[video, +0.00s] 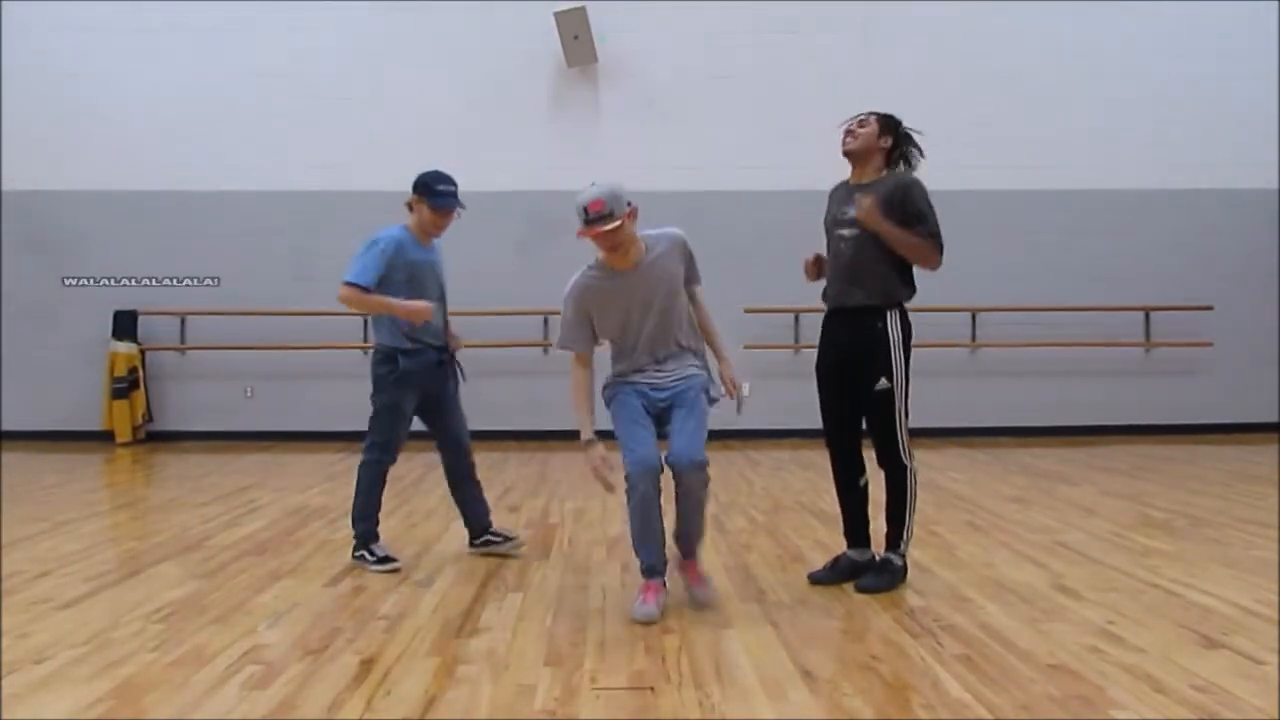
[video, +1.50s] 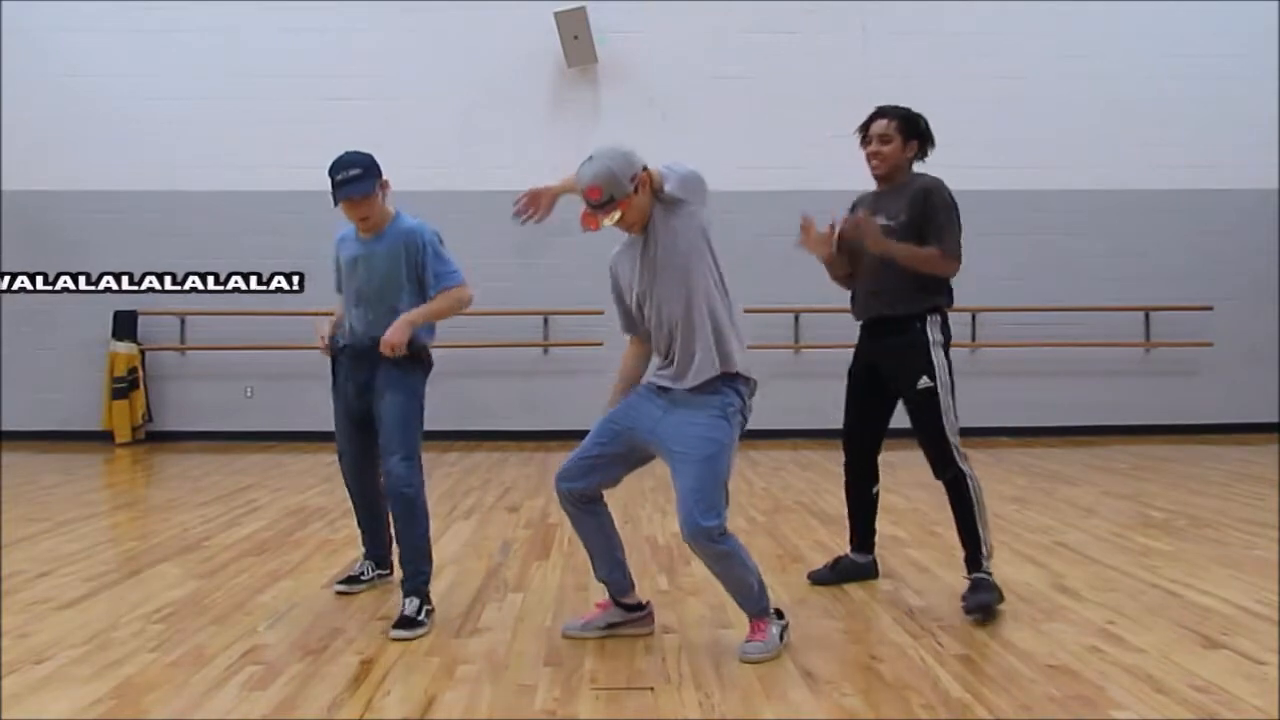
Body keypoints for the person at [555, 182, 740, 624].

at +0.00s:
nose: (608, 241)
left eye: (614, 230)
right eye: (597, 235)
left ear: (632, 217)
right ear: (587, 236)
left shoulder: (672, 245)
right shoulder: (583, 291)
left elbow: (694, 300)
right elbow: (582, 366)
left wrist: (723, 360)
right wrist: (588, 439)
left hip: (686, 371)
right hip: (629, 382)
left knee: (689, 460)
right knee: (641, 466)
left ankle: (688, 556)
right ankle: (652, 577)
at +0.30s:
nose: (649, 218)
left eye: (659, 207)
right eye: (641, 209)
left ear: (687, 196)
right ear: (633, 206)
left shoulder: (730, 251)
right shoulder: (624, 262)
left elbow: (750, 335)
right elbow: (609, 340)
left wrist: (747, 410)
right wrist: (585, 412)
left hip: (713, 388)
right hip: (651, 391)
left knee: (706, 487)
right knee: (617, 499)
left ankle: (764, 612)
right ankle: (659, 575)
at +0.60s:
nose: (633, 203)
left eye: (638, 189)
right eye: (626, 194)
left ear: (673, 176)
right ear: (626, 197)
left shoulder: (733, 245)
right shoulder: (636, 252)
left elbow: (757, 334)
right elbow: (618, 327)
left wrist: (790, 416)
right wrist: (576, 406)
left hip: (717, 396)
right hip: (660, 389)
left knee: (705, 505)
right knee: (580, 484)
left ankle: (765, 616)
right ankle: (623, 597)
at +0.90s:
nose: (637, 198)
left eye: (641, 186)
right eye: (629, 190)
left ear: (669, 167)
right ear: (630, 185)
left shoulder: (711, 191)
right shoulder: (635, 247)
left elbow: (674, 151)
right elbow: (624, 333)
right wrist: (598, 411)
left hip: (707, 387)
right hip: (646, 386)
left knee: (707, 516)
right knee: (576, 485)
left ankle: (763, 614)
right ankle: (622, 596)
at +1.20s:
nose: (635, 195)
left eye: (640, 182)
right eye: (626, 188)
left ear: (665, 162)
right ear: (622, 183)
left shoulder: (706, 181)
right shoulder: (634, 247)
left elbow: (662, 150)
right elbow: (642, 330)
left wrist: (580, 171)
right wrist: (627, 401)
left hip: (713, 380)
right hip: (654, 380)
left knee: (707, 519)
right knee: (579, 483)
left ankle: (763, 613)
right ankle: (623, 594)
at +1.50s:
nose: (616, 220)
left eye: (619, 207)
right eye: (606, 213)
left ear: (643, 184)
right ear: (601, 213)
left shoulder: (683, 204)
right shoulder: (624, 265)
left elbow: (638, 172)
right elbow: (640, 342)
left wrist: (559, 189)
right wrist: (614, 412)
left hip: (712, 395)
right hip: (654, 393)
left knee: (701, 527)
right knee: (574, 485)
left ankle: (764, 617)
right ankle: (625, 603)